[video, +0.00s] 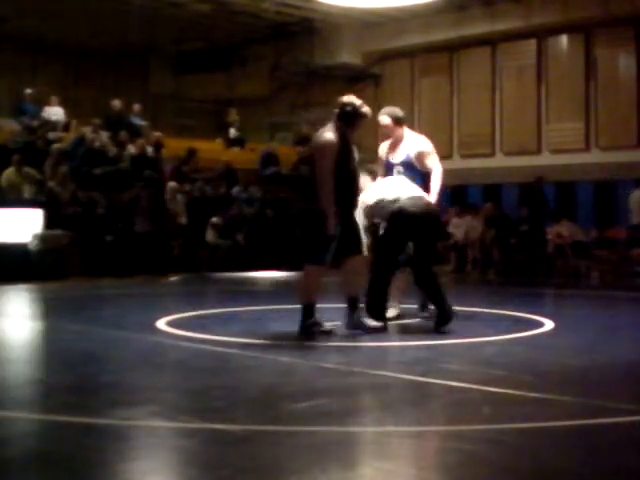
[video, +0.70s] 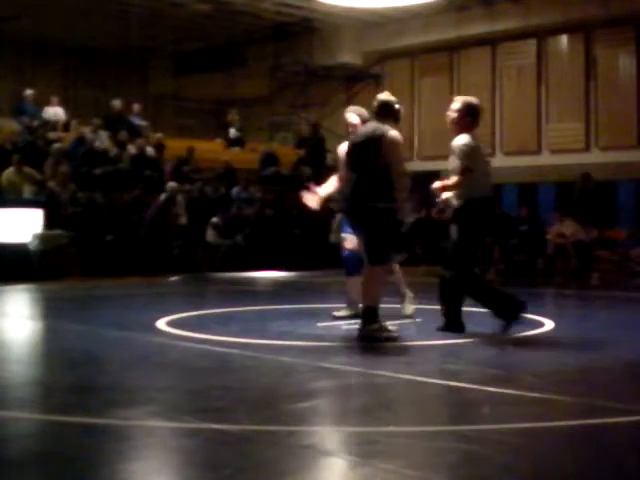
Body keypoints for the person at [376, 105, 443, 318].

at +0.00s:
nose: (382, 131)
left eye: (385, 127)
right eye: (380, 127)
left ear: (398, 125)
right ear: (384, 126)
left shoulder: (419, 143)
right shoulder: (384, 147)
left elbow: (436, 168)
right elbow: (381, 177)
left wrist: (433, 198)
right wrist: (377, 199)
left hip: (420, 210)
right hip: (394, 209)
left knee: (421, 258)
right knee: (394, 258)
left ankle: (429, 300)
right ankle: (394, 304)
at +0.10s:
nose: (386, 132)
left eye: (389, 128)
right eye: (384, 128)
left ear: (400, 126)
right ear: (385, 128)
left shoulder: (419, 146)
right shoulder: (386, 149)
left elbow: (434, 177)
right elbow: (382, 180)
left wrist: (427, 196)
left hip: (423, 215)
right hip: (401, 215)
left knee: (423, 267)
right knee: (384, 263)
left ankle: (447, 312)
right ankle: (377, 312)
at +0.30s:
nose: (388, 154)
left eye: (388, 149)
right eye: (387, 149)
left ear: (397, 145)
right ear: (411, 141)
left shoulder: (401, 164)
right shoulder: (436, 157)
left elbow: (396, 196)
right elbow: (450, 188)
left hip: (428, 212)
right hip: (451, 208)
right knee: (438, 268)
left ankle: (451, 323)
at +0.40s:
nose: (401, 132)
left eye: (404, 128)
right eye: (402, 128)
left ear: (414, 130)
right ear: (426, 131)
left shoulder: (412, 152)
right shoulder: (446, 149)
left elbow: (421, 182)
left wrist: (409, 201)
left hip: (440, 205)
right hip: (464, 203)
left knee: (418, 261)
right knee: (447, 266)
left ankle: (402, 315)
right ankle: (451, 322)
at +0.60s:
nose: (430, 116)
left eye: (434, 112)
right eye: (432, 111)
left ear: (445, 116)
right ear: (453, 117)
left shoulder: (444, 140)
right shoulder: (465, 142)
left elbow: (445, 173)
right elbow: (463, 180)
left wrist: (427, 186)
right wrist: (438, 192)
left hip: (454, 208)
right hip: (468, 208)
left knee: (447, 264)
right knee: (454, 264)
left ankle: (453, 319)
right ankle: (474, 307)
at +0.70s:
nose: (447, 114)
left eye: (452, 111)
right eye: (449, 110)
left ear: (464, 117)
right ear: (468, 119)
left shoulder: (462, 144)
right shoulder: (470, 143)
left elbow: (462, 178)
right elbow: (469, 183)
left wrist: (441, 185)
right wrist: (449, 197)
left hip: (470, 212)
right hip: (472, 211)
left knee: (457, 267)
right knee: (459, 267)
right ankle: (452, 321)